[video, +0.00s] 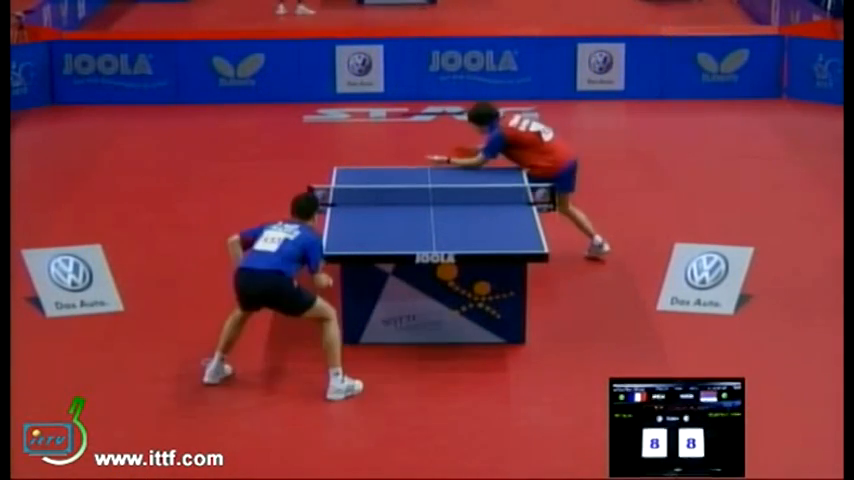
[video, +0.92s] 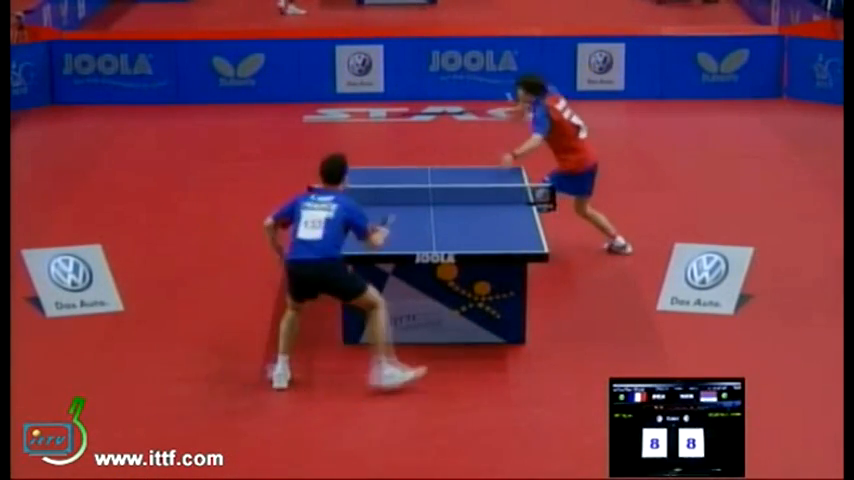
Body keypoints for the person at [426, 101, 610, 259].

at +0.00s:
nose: (475, 128)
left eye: (475, 124)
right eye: (474, 124)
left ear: (483, 123)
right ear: (493, 113)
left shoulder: (500, 135)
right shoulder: (511, 118)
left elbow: (479, 161)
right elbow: (490, 148)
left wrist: (449, 161)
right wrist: (470, 154)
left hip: (546, 170)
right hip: (567, 163)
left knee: (515, 200)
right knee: (564, 206)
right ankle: (598, 241)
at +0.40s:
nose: (497, 115)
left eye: (498, 111)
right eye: (497, 111)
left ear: (507, 111)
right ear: (517, 107)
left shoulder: (518, 127)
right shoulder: (531, 115)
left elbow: (488, 146)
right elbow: (497, 135)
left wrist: (458, 143)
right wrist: (470, 137)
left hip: (557, 179)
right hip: (569, 171)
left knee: (517, 204)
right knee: (569, 215)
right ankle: (612, 238)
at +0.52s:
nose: (509, 111)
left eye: (511, 108)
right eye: (510, 108)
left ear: (520, 109)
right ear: (530, 105)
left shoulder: (529, 123)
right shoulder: (544, 116)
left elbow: (494, 132)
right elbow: (509, 124)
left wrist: (468, 119)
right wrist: (485, 119)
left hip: (559, 182)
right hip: (575, 177)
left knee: (518, 200)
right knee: (572, 217)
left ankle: (523, 244)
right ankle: (614, 241)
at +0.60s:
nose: (516, 107)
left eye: (518, 103)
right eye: (516, 103)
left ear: (527, 105)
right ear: (537, 101)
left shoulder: (535, 120)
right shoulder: (551, 114)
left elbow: (500, 128)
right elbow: (521, 119)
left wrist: (474, 113)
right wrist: (504, 113)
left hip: (561, 182)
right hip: (580, 178)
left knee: (516, 196)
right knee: (573, 217)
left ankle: (522, 244)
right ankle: (615, 242)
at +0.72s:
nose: (521, 100)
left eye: (524, 97)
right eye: (522, 97)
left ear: (533, 98)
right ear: (543, 96)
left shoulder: (543, 116)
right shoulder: (559, 108)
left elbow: (511, 133)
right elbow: (532, 115)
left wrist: (482, 127)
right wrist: (516, 109)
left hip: (566, 177)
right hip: (586, 173)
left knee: (527, 198)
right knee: (577, 213)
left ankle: (525, 242)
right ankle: (617, 241)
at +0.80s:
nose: (524, 99)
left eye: (526, 95)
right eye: (524, 95)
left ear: (535, 96)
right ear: (546, 92)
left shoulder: (544, 112)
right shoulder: (560, 103)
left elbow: (525, 137)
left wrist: (493, 141)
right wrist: (528, 108)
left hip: (569, 173)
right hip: (590, 168)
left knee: (531, 197)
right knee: (579, 210)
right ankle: (617, 241)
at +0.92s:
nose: (519, 97)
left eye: (521, 94)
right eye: (519, 93)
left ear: (530, 94)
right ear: (540, 91)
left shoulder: (541, 110)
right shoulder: (554, 97)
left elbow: (537, 138)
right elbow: (529, 109)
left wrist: (515, 155)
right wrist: (509, 113)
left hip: (572, 169)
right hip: (589, 163)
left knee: (536, 196)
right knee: (582, 209)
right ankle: (617, 240)